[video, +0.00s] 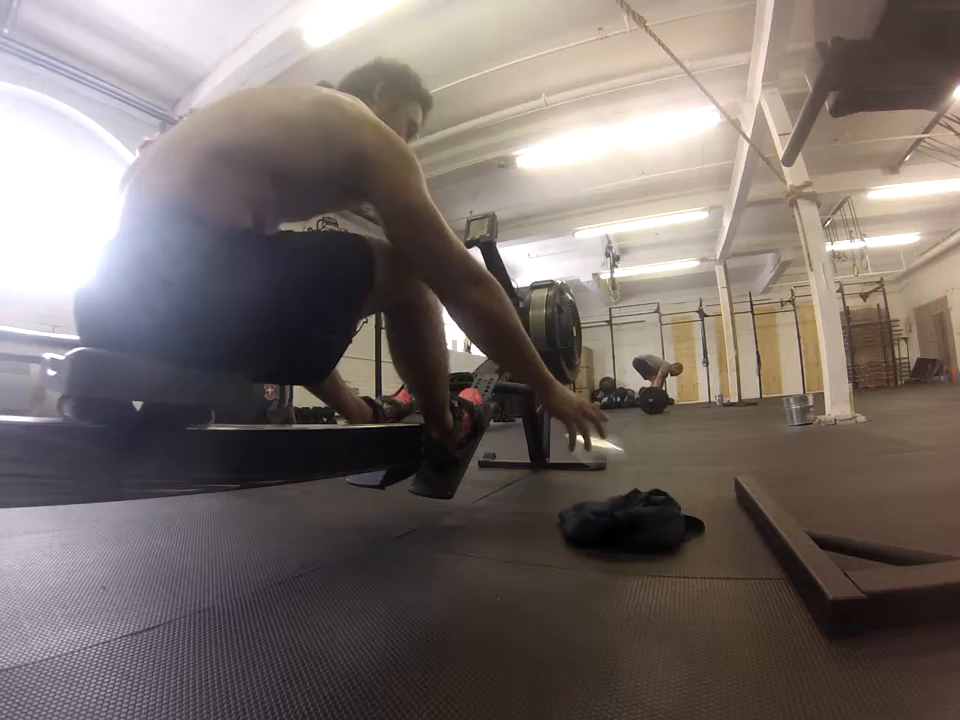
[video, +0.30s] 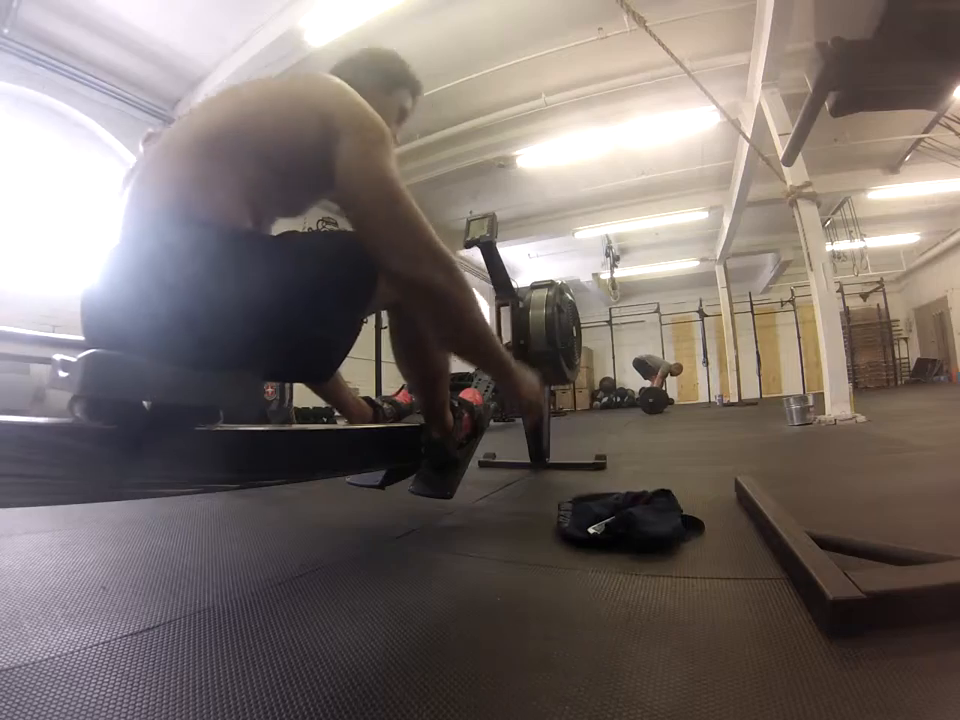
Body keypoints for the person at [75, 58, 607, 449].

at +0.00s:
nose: (413, 145)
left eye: (417, 133)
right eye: (412, 129)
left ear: (354, 92)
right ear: (387, 104)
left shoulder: (266, 118)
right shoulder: (375, 141)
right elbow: (462, 280)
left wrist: (352, 401)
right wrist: (548, 386)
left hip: (109, 298)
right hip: (196, 290)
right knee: (409, 273)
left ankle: (362, 422)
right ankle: (444, 441)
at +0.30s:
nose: (394, 138)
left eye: (402, 128)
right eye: (400, 120)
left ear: (340, 80)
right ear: (384, 95)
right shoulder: (350, 116)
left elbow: (259, 274)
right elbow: (425, 268)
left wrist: (349, 404)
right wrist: (508, 371)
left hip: (114, 310)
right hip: (198, 300)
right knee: (416, 275)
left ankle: (364, 414)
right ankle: (445, 432)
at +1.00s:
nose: (262, 74)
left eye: (269, 69)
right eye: (266, 59)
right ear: (250, 18)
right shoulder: (200, 7)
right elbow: (366, 49)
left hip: (41, 259)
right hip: (119, 247)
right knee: (362, 296)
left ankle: (362, 421)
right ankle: (443, 430)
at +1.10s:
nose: (251, 60)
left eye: (257, 57)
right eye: (252, 48)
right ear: (228, 16)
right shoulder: (188, 6)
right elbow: (354, 46)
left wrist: (238, 53)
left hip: (25, 248)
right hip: (104, 239)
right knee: (354, 304)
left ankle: (358, 415)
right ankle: (445, 426)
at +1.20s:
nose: (239, 54)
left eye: (242, 52)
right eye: (236, 42)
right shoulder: (178, 8)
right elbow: (344, 42)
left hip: (20, 239)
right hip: (98, 231)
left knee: (267, 346)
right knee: (346, 313)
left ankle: (364, 426)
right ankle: (445, 429)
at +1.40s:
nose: (220, 56)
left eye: (226, 53)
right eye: (225, 42)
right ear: (202, 12)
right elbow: (337, 41)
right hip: (90, 229)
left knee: (267, 360)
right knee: (334, 332)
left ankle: (373, 435)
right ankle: (449, 428)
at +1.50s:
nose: (223, 57)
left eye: (223, 53)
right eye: (219, 43)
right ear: (197, 11)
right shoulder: (173, 5)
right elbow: (337, 47)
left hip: (20, 228)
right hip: (89, 224)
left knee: (269, 364)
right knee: (333, 333)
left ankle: (368, 432)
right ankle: (449, 426)